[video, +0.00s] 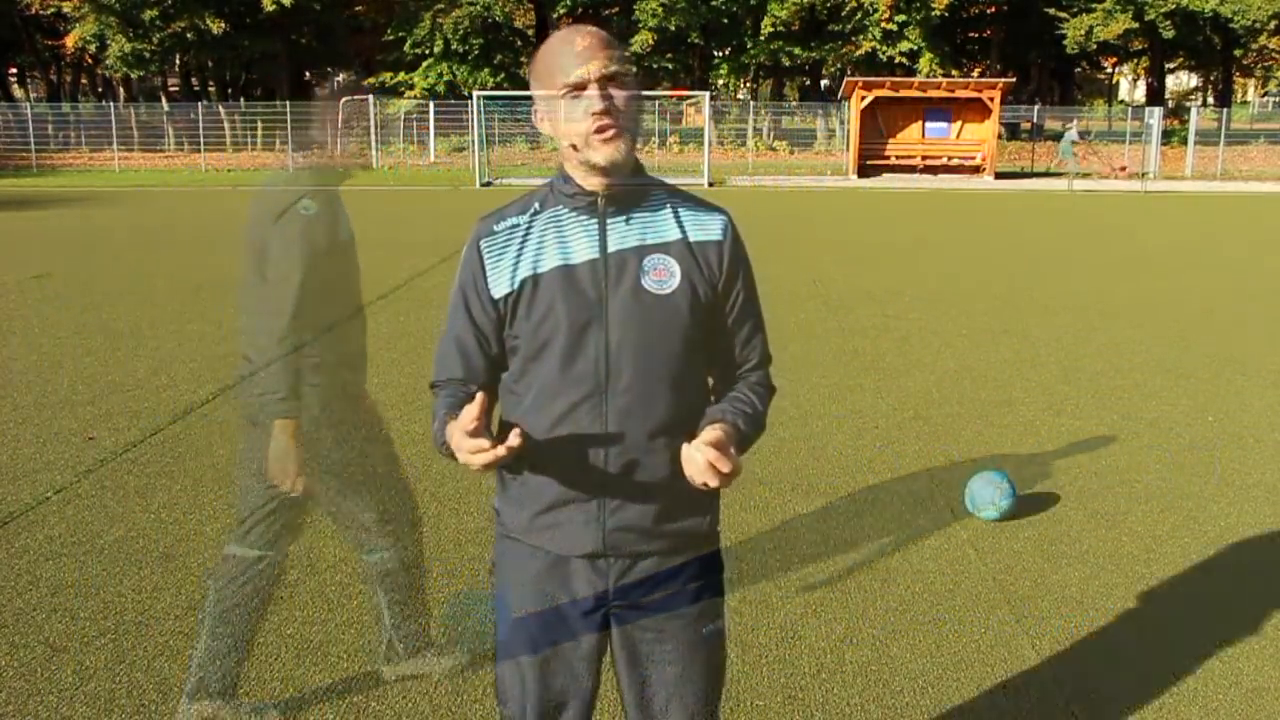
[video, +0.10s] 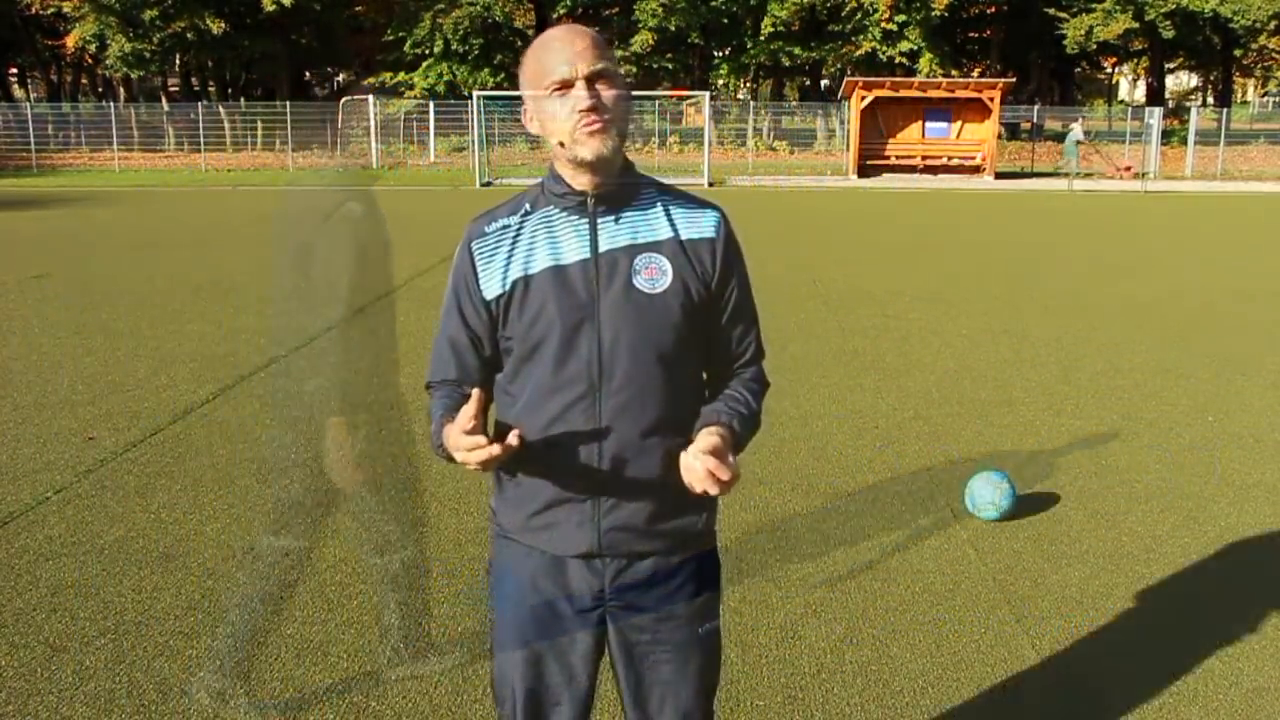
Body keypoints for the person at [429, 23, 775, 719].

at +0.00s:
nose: (602, 101)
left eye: (615, 82)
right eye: (577, 89)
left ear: (638, 96)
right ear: (544, 118)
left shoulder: (706, 230)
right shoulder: (499, 241)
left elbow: (750, 373)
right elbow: (455, 383)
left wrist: (723, 431)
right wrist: (459, 435)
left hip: (672, 543)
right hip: (540, 548)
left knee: (683, 711)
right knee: (537, 711)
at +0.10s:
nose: (590, 96)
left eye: (602, 78)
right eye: (564, 86)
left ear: (624, 94)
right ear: (531, 117)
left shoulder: (700, 228)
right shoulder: (490, 242)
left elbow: (744, 368)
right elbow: (452, 383)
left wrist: (717, 431)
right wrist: (457, 434)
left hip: (669, 549)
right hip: (536, 554)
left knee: (680, 711)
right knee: (535, 712)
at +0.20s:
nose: (579, 98)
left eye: (592, 79)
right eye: (554, 87)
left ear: (618, 94)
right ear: (524, 117)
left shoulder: (696, 229)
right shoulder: (488, 245)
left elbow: (744, 371)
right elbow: (453, 387)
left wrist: (718, 442)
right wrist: (454, 449)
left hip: (667, 551)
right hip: (534, 551)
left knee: (677, 710)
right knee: (531, 711)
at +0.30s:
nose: (575, 98)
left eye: (588, 79)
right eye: (550, 88)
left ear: (615, 94)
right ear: (520, 119)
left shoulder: (695, 228)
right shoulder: (487, 245)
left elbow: (745, 368)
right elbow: (455, 387)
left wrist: (722, 433)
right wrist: (453, 447)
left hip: (667, 550)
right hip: (534, 551)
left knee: (677, 711)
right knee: (530, 711)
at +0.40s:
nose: (574, 101)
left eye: (587, 80)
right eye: (549, 90)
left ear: (615, 94)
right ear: (520, 120)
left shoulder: (694, 227)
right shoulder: (486, 245)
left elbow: (745, 368)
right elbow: (456, 386)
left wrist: (722, 431)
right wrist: (454, 446)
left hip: (668, 548)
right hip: (535, 548)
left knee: (678, 711)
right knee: (530, 711)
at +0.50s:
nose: (575, 101)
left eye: (587, 80)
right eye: (549, 90)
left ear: (615, 94)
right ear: (521, 121)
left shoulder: (695, 228)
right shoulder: (488, 245)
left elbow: (745, 369)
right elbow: (458, 387)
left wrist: (723, 433)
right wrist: (456, 449)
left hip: (669, 548)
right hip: (536, 549)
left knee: (677, 711)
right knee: (531, 710)